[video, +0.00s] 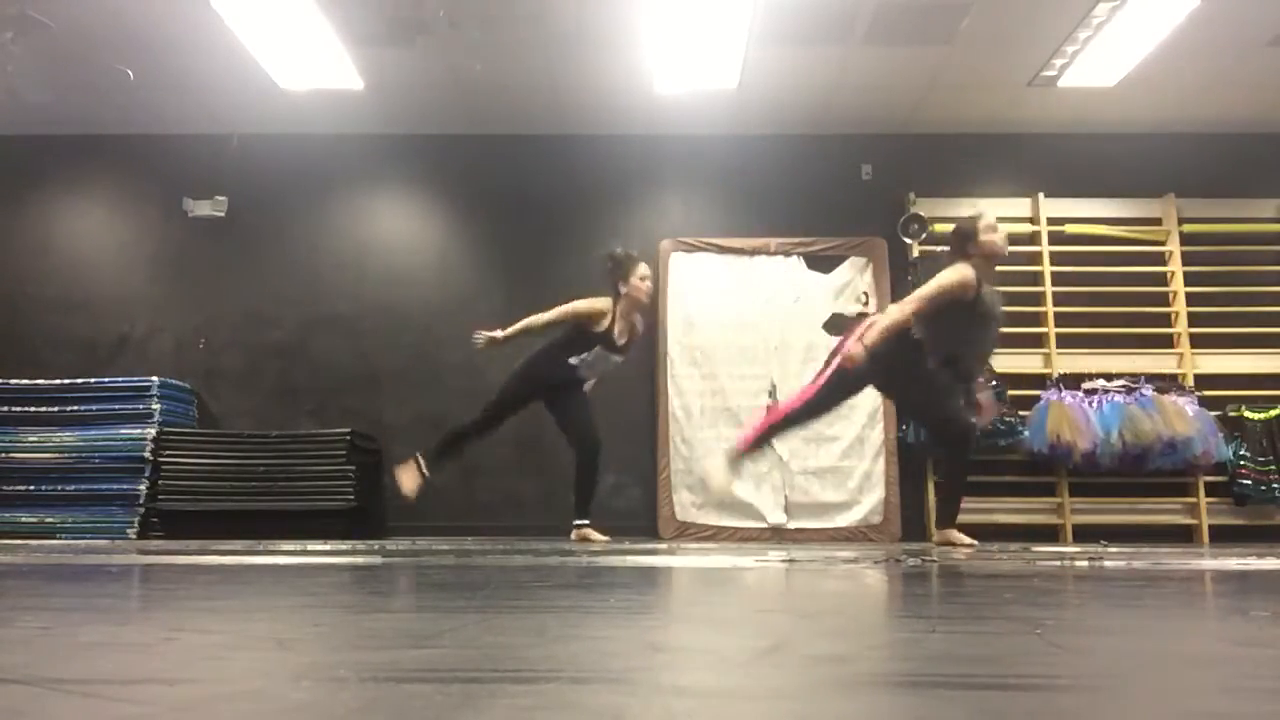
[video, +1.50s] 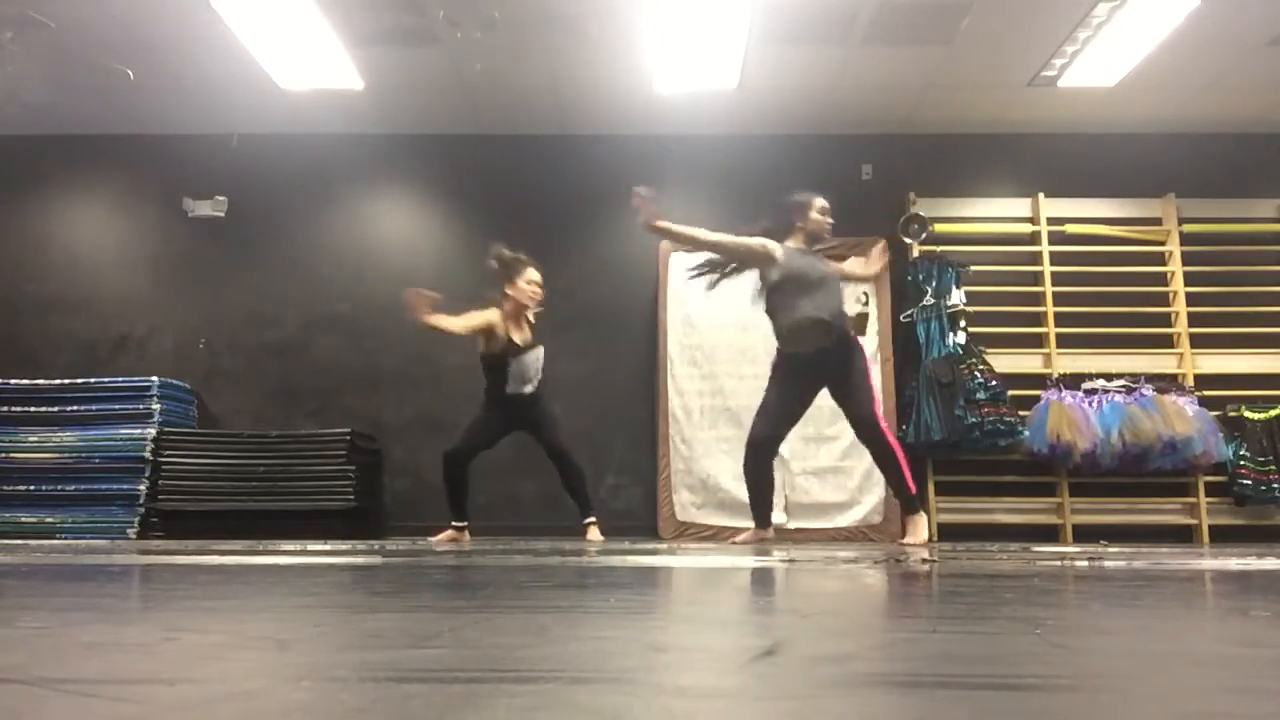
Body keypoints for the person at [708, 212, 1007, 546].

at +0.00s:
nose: (1003, 236)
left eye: (999, 230)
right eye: (994, 231)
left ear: (987, 245)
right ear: (973, 244)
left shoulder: (984, 289)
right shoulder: (962, 277)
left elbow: (970, 349)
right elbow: (907, 308)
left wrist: (978, 389)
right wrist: (865, 342)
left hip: (914, 366)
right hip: (882, 349)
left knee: (957, 431)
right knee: (819, 400)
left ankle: (946, 527)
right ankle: (742, 448)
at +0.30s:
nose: (871, 222)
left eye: (879, 217)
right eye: (863, 215)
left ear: (888, 230)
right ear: (848, 221)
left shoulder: (882, 284)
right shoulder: (820, 249)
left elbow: (883, 348)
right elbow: (779, 289)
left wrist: (886, 404)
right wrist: (780, 336)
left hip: (846, 358)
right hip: (799, 353)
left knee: (876, 437)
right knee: (755, 435)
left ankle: (934, 513)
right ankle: (765, 528)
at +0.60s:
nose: (725, 231)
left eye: (732, 225)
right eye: (729, 224)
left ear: (748, 231)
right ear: (760, 236)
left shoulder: (735, 256)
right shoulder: (773, 268)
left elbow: (739, 301)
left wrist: (738, 355)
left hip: (785, 353)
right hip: (818, 363)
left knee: (718, 423)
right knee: (747, 438)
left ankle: (713, 513)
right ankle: (767, 525)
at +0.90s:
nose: (704, 223)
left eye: (711, 216)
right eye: (706, 216)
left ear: (731, 218)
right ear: (739, 220)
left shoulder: (730, 246)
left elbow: (702, 292)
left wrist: (668, 324)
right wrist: (680, 363)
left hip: (787, 343)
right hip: (807, 346)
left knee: (731, 422)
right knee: (753, 431)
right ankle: (771, 522)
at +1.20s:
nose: (772, 202)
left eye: (779, 198)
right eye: (764, 195)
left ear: (787, 207)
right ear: (748, 203)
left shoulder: (791, 240)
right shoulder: (727, 250)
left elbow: (852, 224)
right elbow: (681, 257)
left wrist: (910, 207)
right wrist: (656, 251)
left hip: (811, 325)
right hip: (780, 346)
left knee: (837, 411)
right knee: (753, 432)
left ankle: (901, 498)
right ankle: (770, 527)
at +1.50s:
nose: (831, 221)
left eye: (830, 214)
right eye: (824, 213)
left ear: (812, 221)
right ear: (800, 217)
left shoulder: (824, 264)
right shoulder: (770, 252)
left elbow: (865, 270)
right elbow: (714, 241)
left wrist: (880, 254)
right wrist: (656, 225)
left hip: (843, 356)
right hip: (796, 361)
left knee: (870, 429)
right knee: (760, 442)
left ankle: (914, 514)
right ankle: (762, 528)